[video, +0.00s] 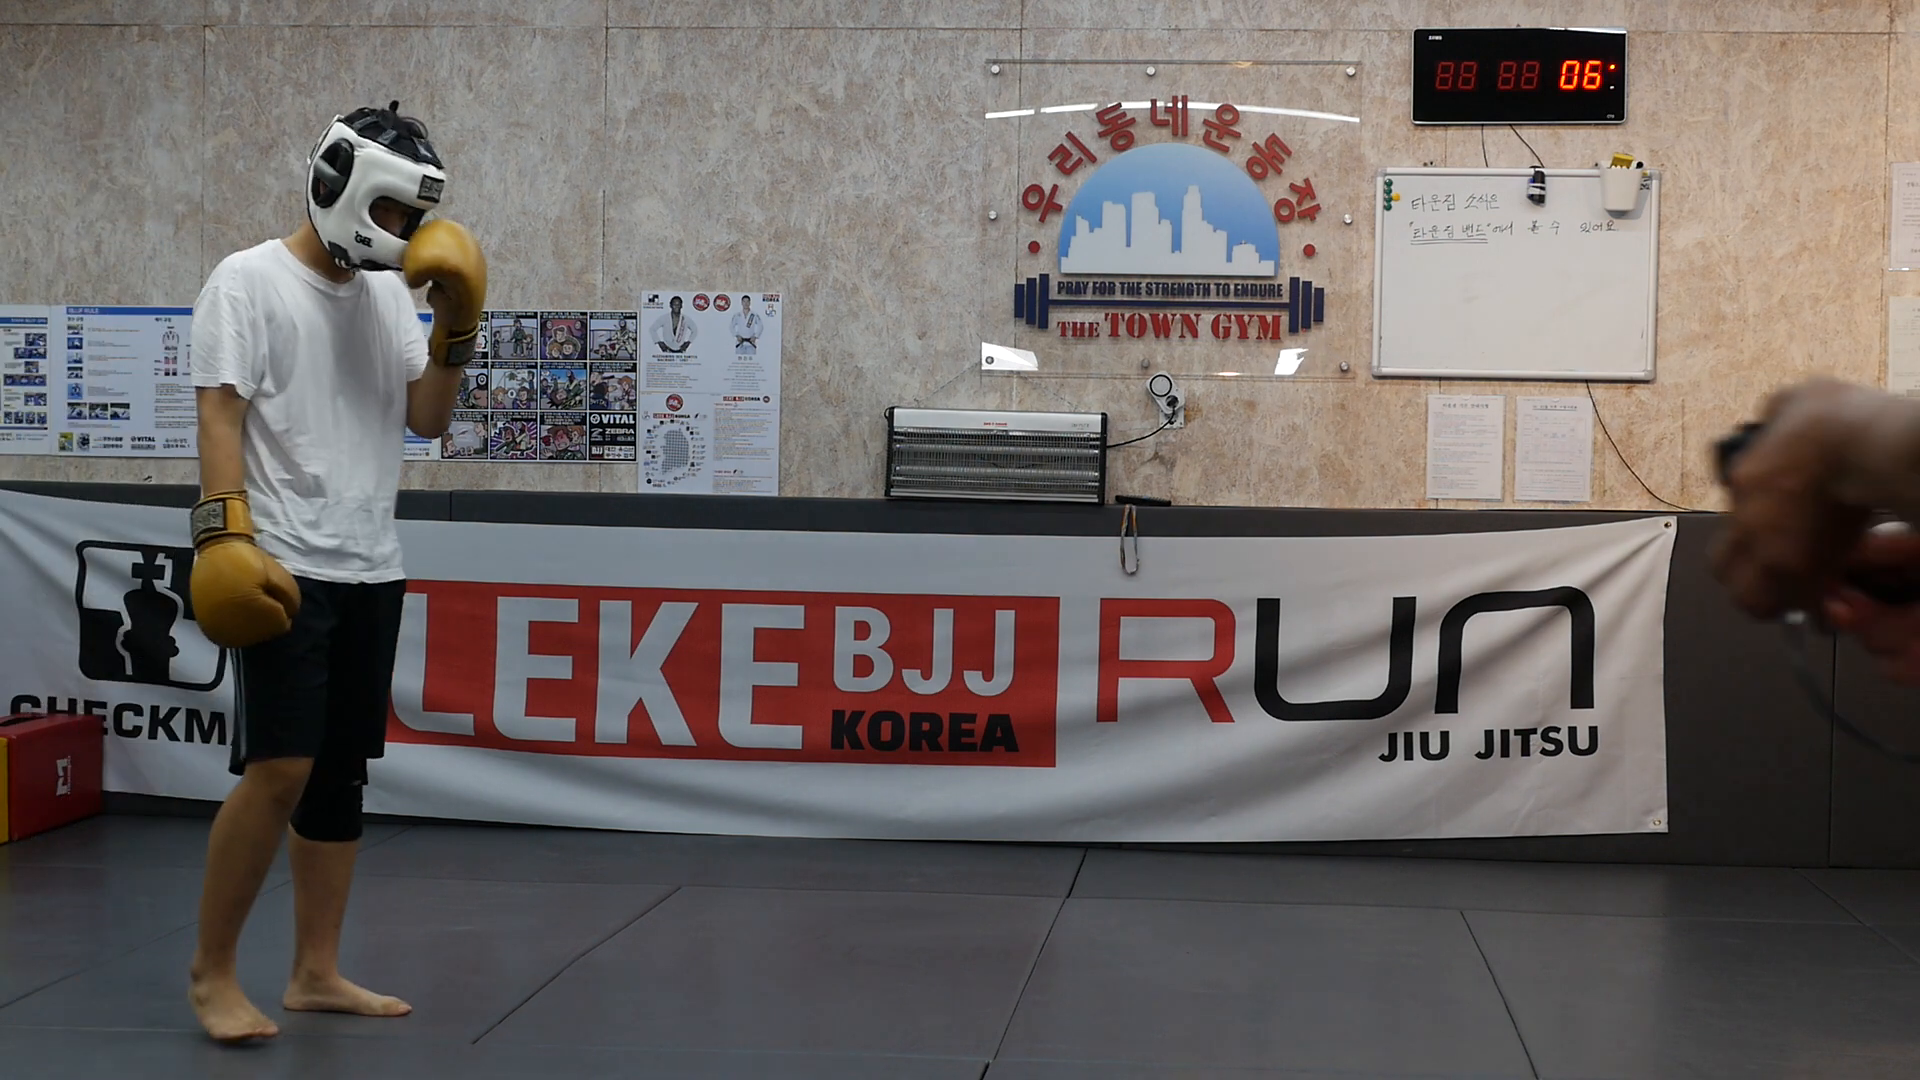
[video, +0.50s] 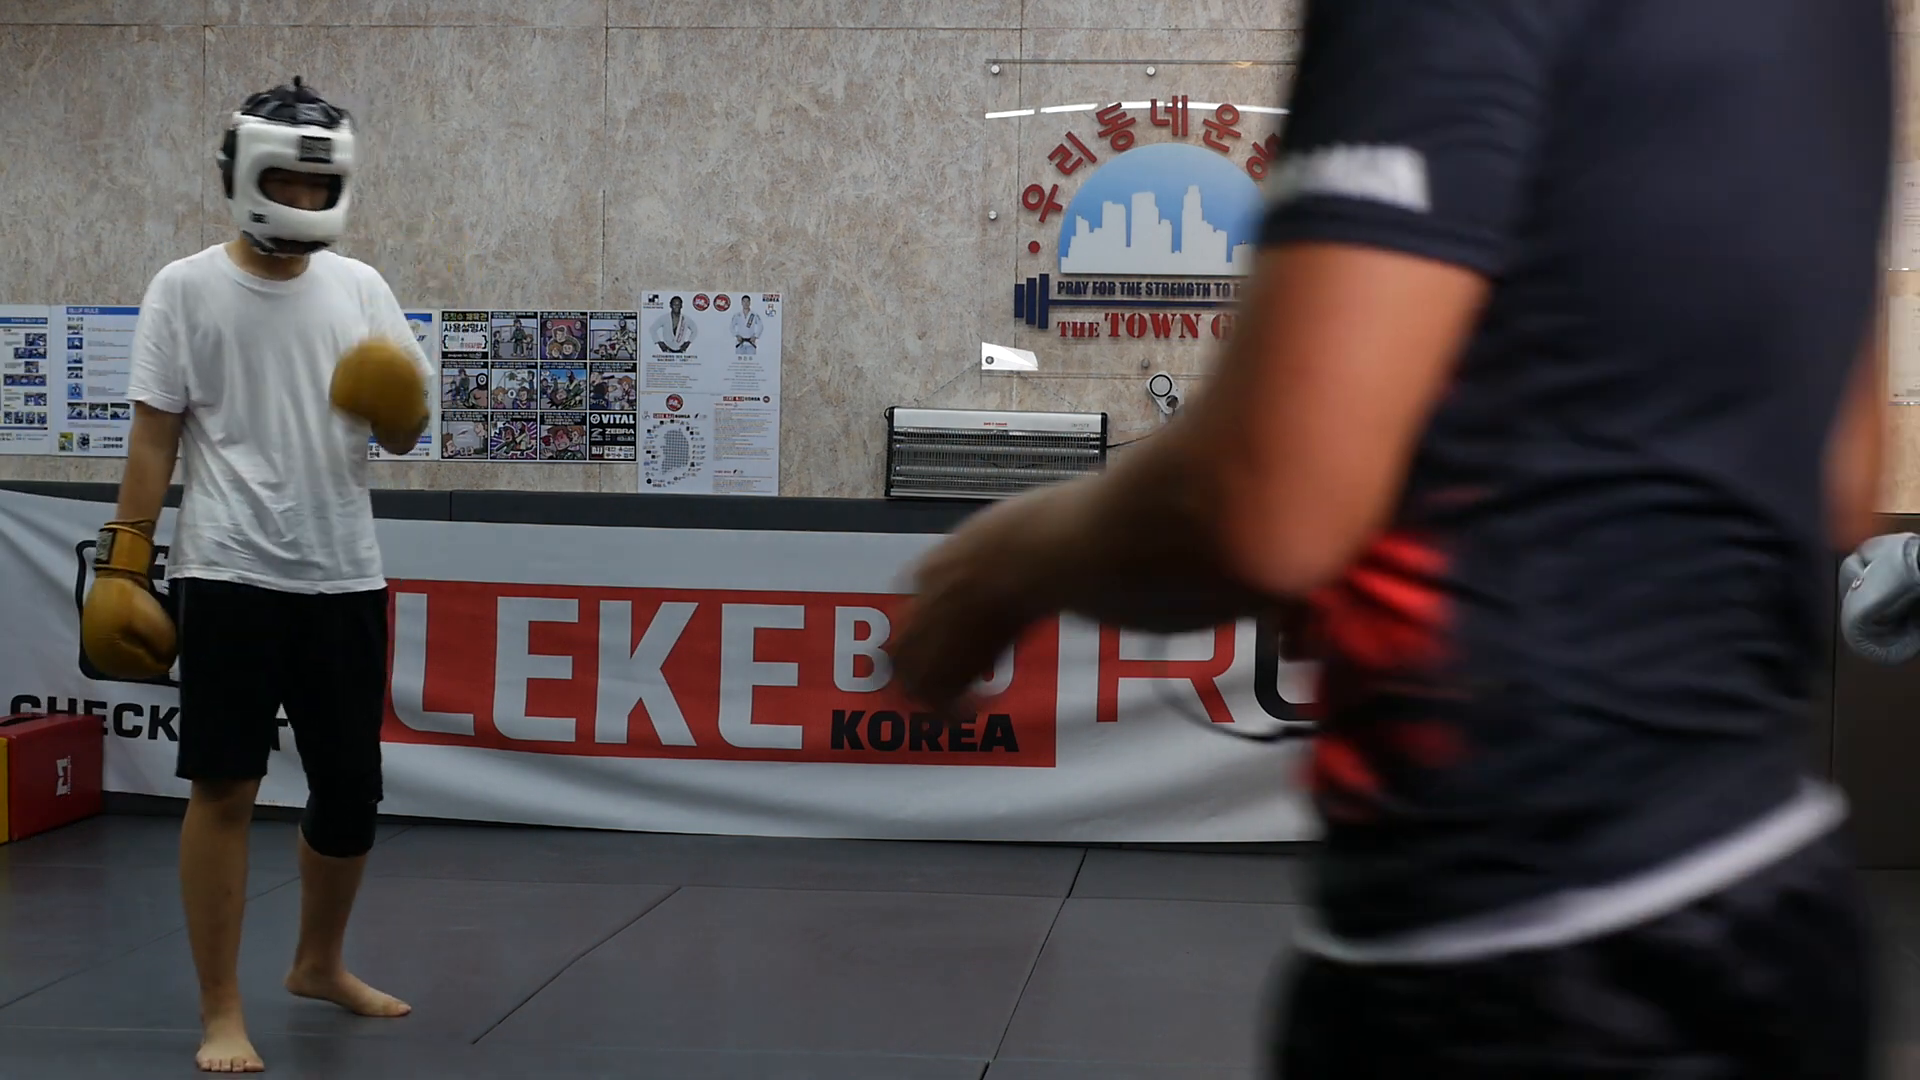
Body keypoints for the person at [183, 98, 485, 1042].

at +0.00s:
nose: (407, 226)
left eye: (418, 208)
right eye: (393, 204)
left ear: (419, 209)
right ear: (336, 191)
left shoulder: (392, 293)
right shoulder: (246, 282)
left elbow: (426, 421)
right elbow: (219, 416)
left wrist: (454, 330)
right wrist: (230, 532)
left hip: (371, 572)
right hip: (282, 566)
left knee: (340, 775)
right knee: (281, 766)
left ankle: (317, 972)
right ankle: (212, 977)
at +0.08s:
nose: (395, 218)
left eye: (410, 202)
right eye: (381, 196)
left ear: (418, 204)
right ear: (327, 185)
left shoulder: (395, 295)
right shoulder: (243, 283)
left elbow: (427, 420)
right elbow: (213, 418)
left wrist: (454, 329)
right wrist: (214, 533)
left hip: (374, 575)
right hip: (279, 569)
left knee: (339, 781)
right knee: (264, 773)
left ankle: (317, 973)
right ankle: (215, 993)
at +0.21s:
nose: (378, 209)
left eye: (396, 193)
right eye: (362, 188)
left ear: (406, 199)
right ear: (310, 179)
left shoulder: (393, 300)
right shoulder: (231, 288)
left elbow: (427, 420)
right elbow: (200, 430)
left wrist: (445, 323)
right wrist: (185, 551)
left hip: (371, 582)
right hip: (267, 579)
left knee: (338, 790)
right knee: (249, 788)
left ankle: (317, 976)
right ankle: (224, 1010)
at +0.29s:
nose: (366, 204)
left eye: (383, 187)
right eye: (349, 183)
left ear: (394, 193)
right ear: (296, 177)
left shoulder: (383, 296)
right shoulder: (220, 288)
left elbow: (420, 421)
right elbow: (191, 435)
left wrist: (435, 321)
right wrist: (165, 560)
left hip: (366, 579)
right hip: (259, 575)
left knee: (338, 790)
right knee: (243, 790)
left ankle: (318, 975)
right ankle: (224, 1015)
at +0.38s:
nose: (348, 195)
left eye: (364, 178)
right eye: (329, 176)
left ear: (376, 185)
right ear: (277, 174)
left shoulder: (374, 295)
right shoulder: (208, 286)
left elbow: (412, 428)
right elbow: (176, 437)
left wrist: (424, 343)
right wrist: (146, 568)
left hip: (358, 578)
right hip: (245, 573)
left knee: (339, 791)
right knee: (237, 788)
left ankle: (318, 973)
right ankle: (224, 1014)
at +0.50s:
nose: (302, 187)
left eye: (319, 171)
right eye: (283, 168)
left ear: (341, 181)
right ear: (239, 170)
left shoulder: (362, 289)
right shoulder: (185, 289)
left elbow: (402, 439)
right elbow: (153, 440)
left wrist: (398, 403)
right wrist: (123, 573)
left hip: (343, 583)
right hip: (228, 580)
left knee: (350, 793)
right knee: (224, 793)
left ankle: (319, 965)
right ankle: (221, 1015)